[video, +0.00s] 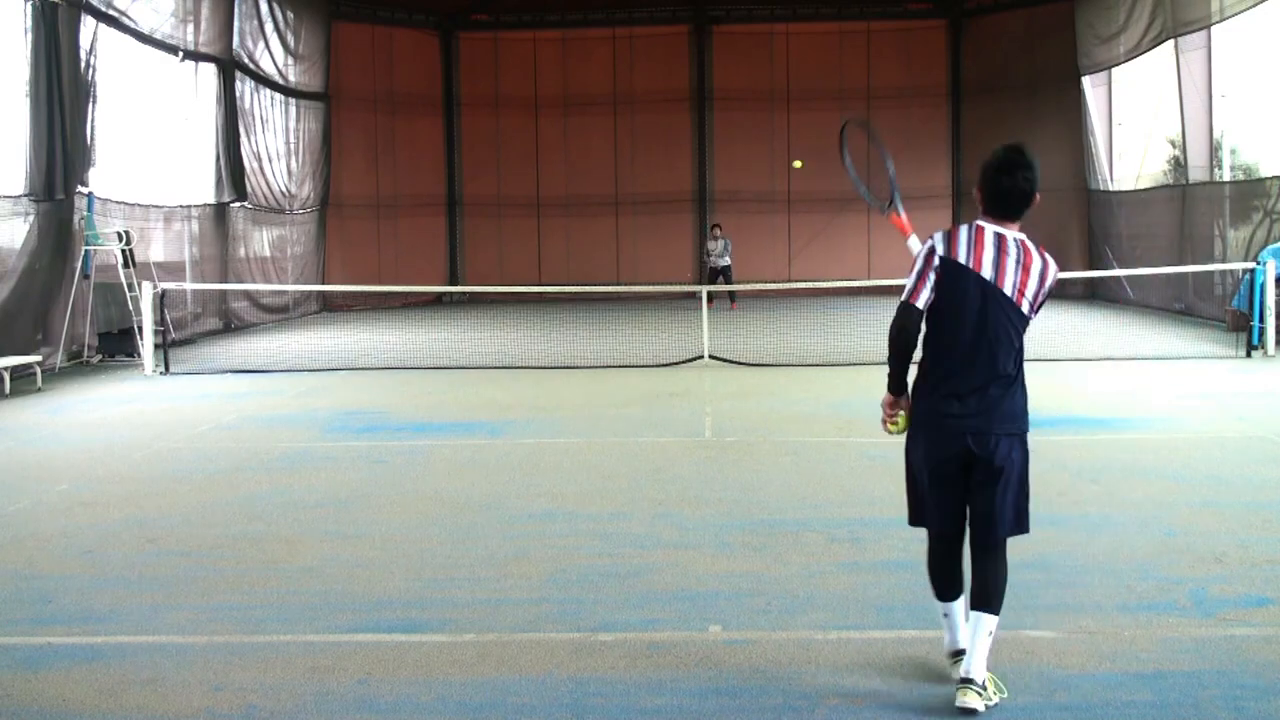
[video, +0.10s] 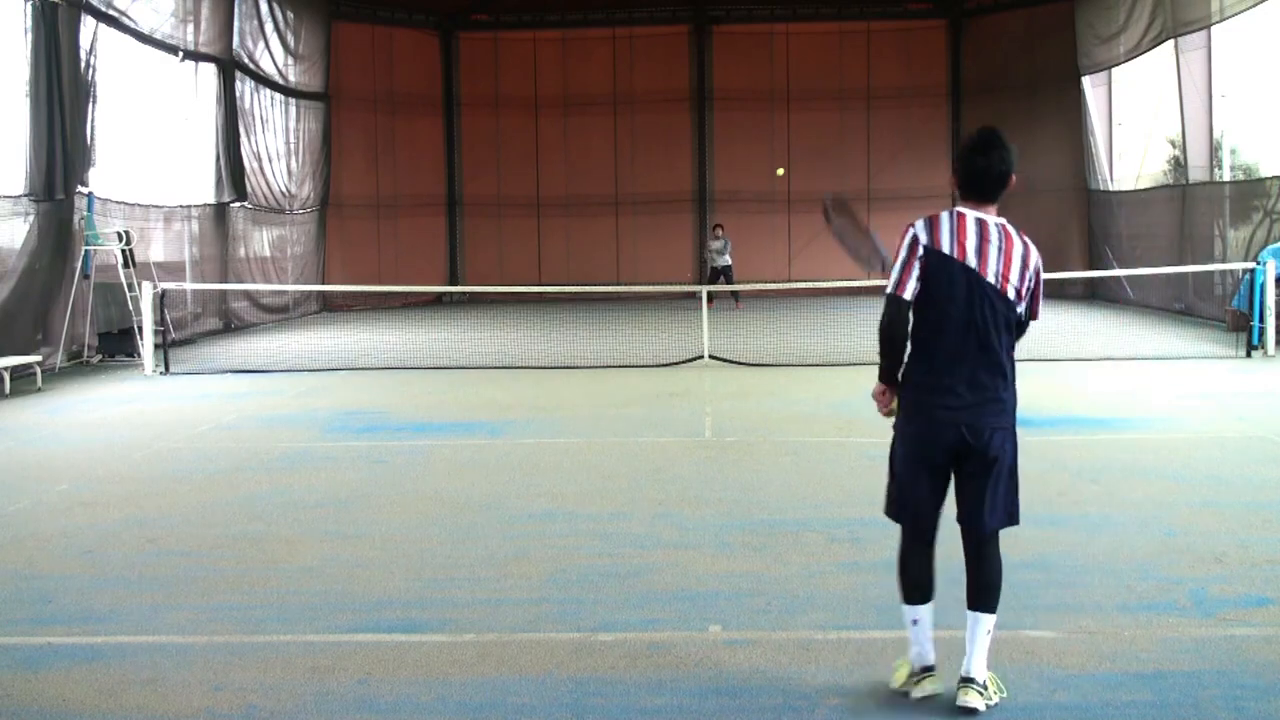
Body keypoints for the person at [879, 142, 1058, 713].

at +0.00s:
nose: (986, 195)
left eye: (984, 186)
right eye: (1028, 194)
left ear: (978, 193)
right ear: (1033, 203)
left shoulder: (940, 245)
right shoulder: (1042, 268)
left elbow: (905, 325)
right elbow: (1003, 314)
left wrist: (895, 388)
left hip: (937, 421)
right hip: (1000, 424)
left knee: (944, 532)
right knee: (991, 541)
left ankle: (957, 639)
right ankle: (974, 675)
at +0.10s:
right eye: (1011, 176)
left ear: (954, 178)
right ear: (1011, 185)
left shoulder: (924, 232)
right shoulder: (1026, 254)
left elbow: (895, 315)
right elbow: (1016, 328)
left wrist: (887, 377)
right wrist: (961, 348)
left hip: (925, 414)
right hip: (989, 418)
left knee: (918, 532)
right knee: (983, 535)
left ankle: (922, 658)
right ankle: (976, 674)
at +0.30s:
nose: (940, 196)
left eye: (904, 188)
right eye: (945, 188)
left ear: (895, 197)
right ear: (952, 197)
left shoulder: (877, 262)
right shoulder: (982, 266)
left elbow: (859, 361)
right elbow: (1019, 349)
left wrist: (860, 427)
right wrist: (998, 406)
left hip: (894, 443)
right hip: (961, 443)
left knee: (855, 560)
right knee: (965, 555)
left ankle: (846, 685)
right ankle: (971, 681)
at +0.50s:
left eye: (827, 198)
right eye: (867, 196)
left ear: (817, 207)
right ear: (875, 203)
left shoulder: (798, 280)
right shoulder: (911, 267)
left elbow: (782, 391)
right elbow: (967, 336)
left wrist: (798, 451)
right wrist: (974, 400)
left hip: (835, 466)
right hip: (909, 463)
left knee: (818, 592)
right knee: (941, 572)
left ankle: (820, 714)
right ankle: (968, 687)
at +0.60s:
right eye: (845, 189)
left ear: (790, 201)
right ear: (851, 198)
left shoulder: (772, 276)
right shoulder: (889, 262)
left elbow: (765, 380)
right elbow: (951, 339)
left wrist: (786, 452)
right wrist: (944, 403)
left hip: (810, 458)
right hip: (885, 453)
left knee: (808, 593)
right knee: (914, 576)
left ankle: (816, 713)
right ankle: (932, 706)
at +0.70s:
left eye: (784, 168)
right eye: (831, 163)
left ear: (776, 176)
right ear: (838, 172)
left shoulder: (757, 251)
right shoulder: (877, 241)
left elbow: (743, 363)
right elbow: (936, 321)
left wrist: (772, 426)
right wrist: (916, 387)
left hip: (791, 442)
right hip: (867, 438)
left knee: (798, 580)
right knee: (875, 571)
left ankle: (806, 712)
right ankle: (866, 710)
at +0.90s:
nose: (773, 190)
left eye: (763, 181)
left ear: (757, 189)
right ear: (821, 189)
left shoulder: (737, 260)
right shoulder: (861, 262)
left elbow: (712, 361)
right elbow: (906, 355)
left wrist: (720, 407)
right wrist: (861, 409)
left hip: (759, 462)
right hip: (835, 463)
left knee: (735, 604)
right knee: (824, 612)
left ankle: (716, 713)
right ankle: (812, 717)